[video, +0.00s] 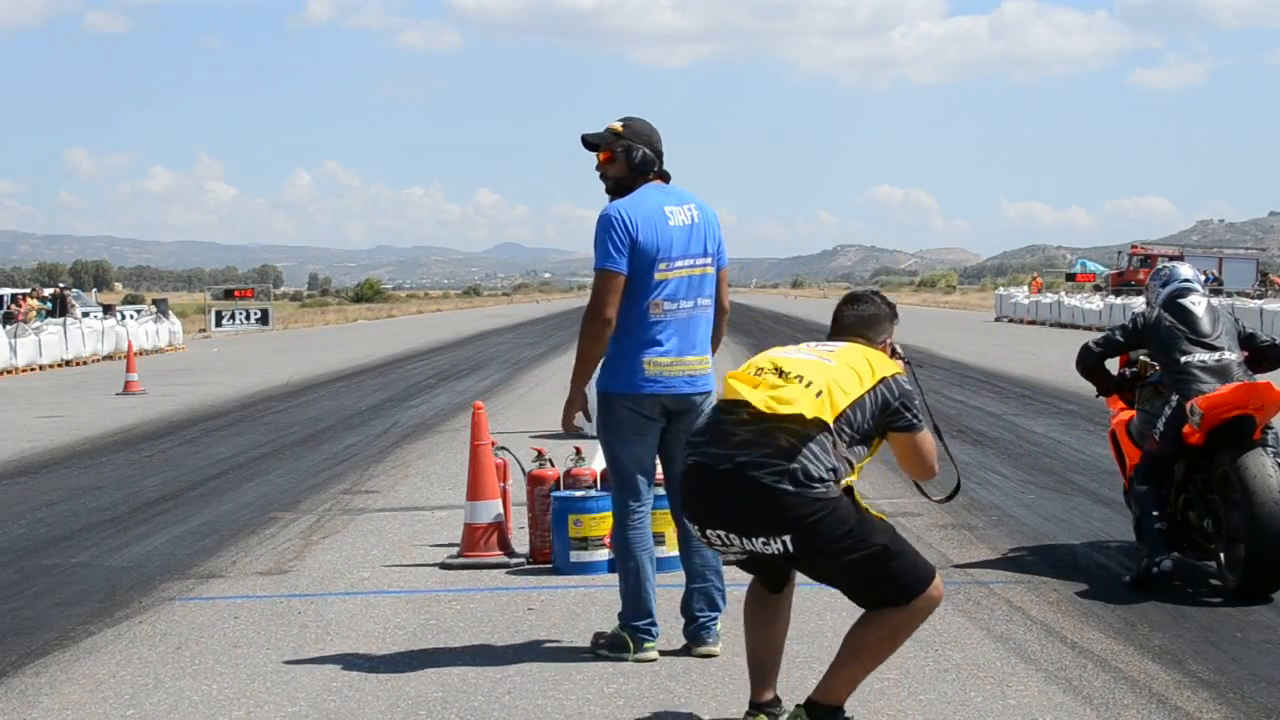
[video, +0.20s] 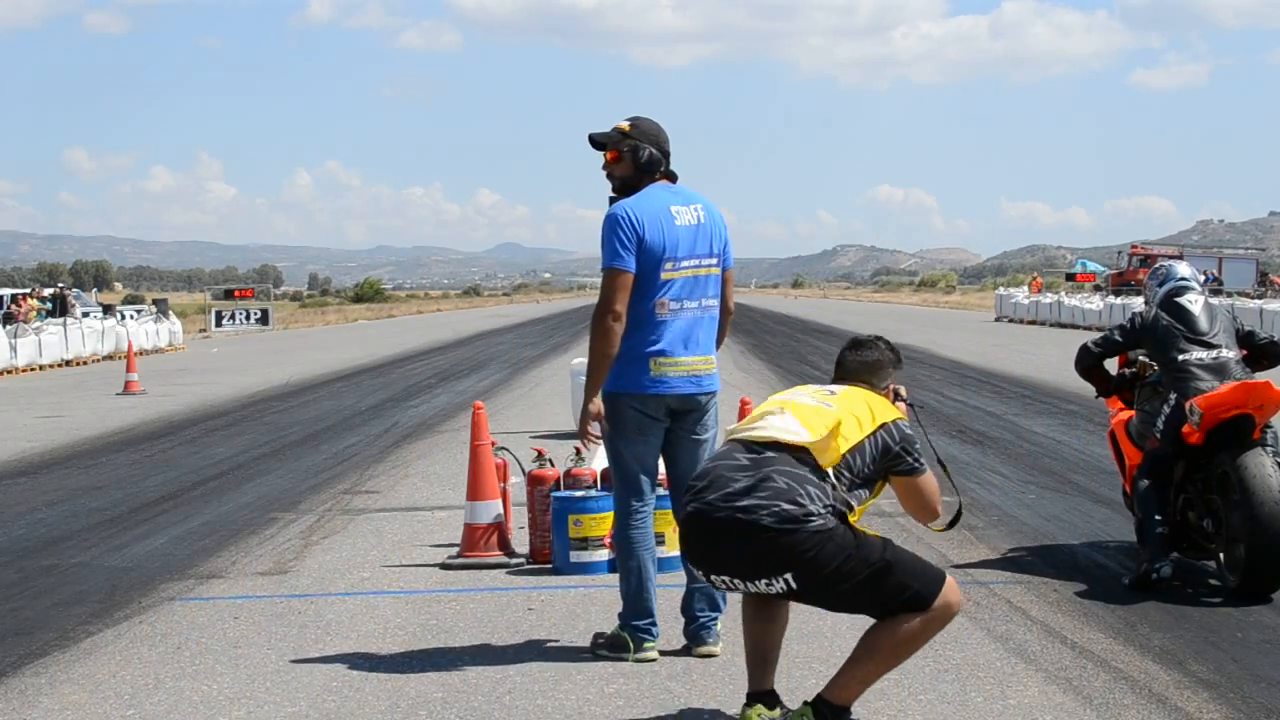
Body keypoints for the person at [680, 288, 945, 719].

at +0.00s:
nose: (892, 343)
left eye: (890, 337)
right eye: (891, 337)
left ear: (832, 333)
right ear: (884, 342)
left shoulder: (788, 352)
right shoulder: (888, 375)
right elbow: (923, 468)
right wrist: (900, 383)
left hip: (700, 483)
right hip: (786, 492)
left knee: (773, 571)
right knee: (921, 592)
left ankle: (762, 703)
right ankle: (822, 708)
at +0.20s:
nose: (896, 388)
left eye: (895, 383)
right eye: (895, 382)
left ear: (835, 377)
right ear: (887, 387)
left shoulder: (795, 395)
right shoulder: (889, 419)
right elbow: (929, 509)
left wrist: (877, 414)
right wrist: (901, 426)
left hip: (702, 527)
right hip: (790, 530)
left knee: (768, 577)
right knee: (941, 598)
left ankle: (759, 701)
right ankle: (828, 709)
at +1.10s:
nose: (898, 449)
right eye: (896, 442)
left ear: (831, 439)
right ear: (887, 448)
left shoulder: (790, 462)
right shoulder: (890, 479)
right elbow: (932, 566)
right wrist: (905, 484)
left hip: (717, 610)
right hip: (800, 612)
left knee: (776, 568)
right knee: (967, 612)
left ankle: (769, 697)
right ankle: (838, 707)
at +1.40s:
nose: (894, 454)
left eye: (892, 446)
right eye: (892, 446)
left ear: (826, 441)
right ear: (882, 450)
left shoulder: (787, 463)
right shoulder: (884, 480)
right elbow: (926, 571)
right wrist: (899, 487)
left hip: (715, 613)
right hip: (800, 614)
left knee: (774, 567)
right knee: (965, 610)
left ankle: (765, 697)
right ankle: (841, 707)